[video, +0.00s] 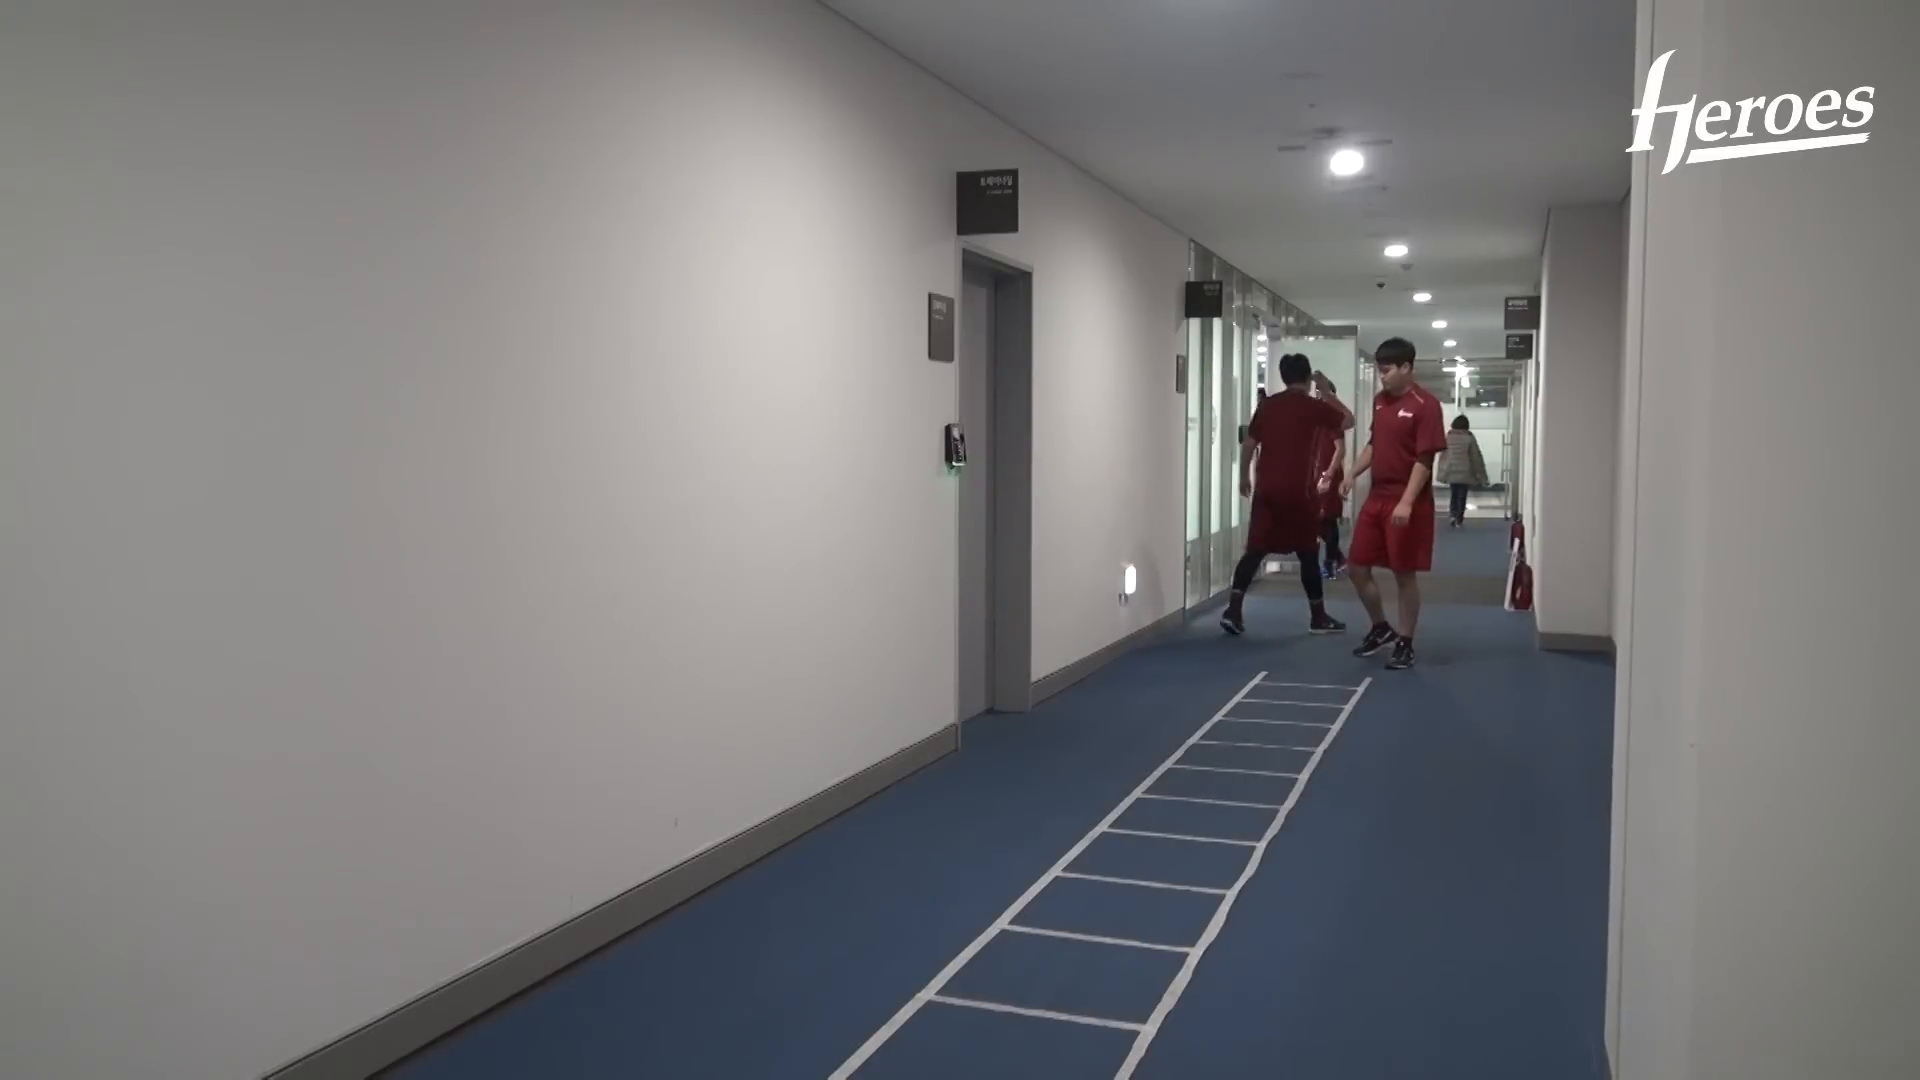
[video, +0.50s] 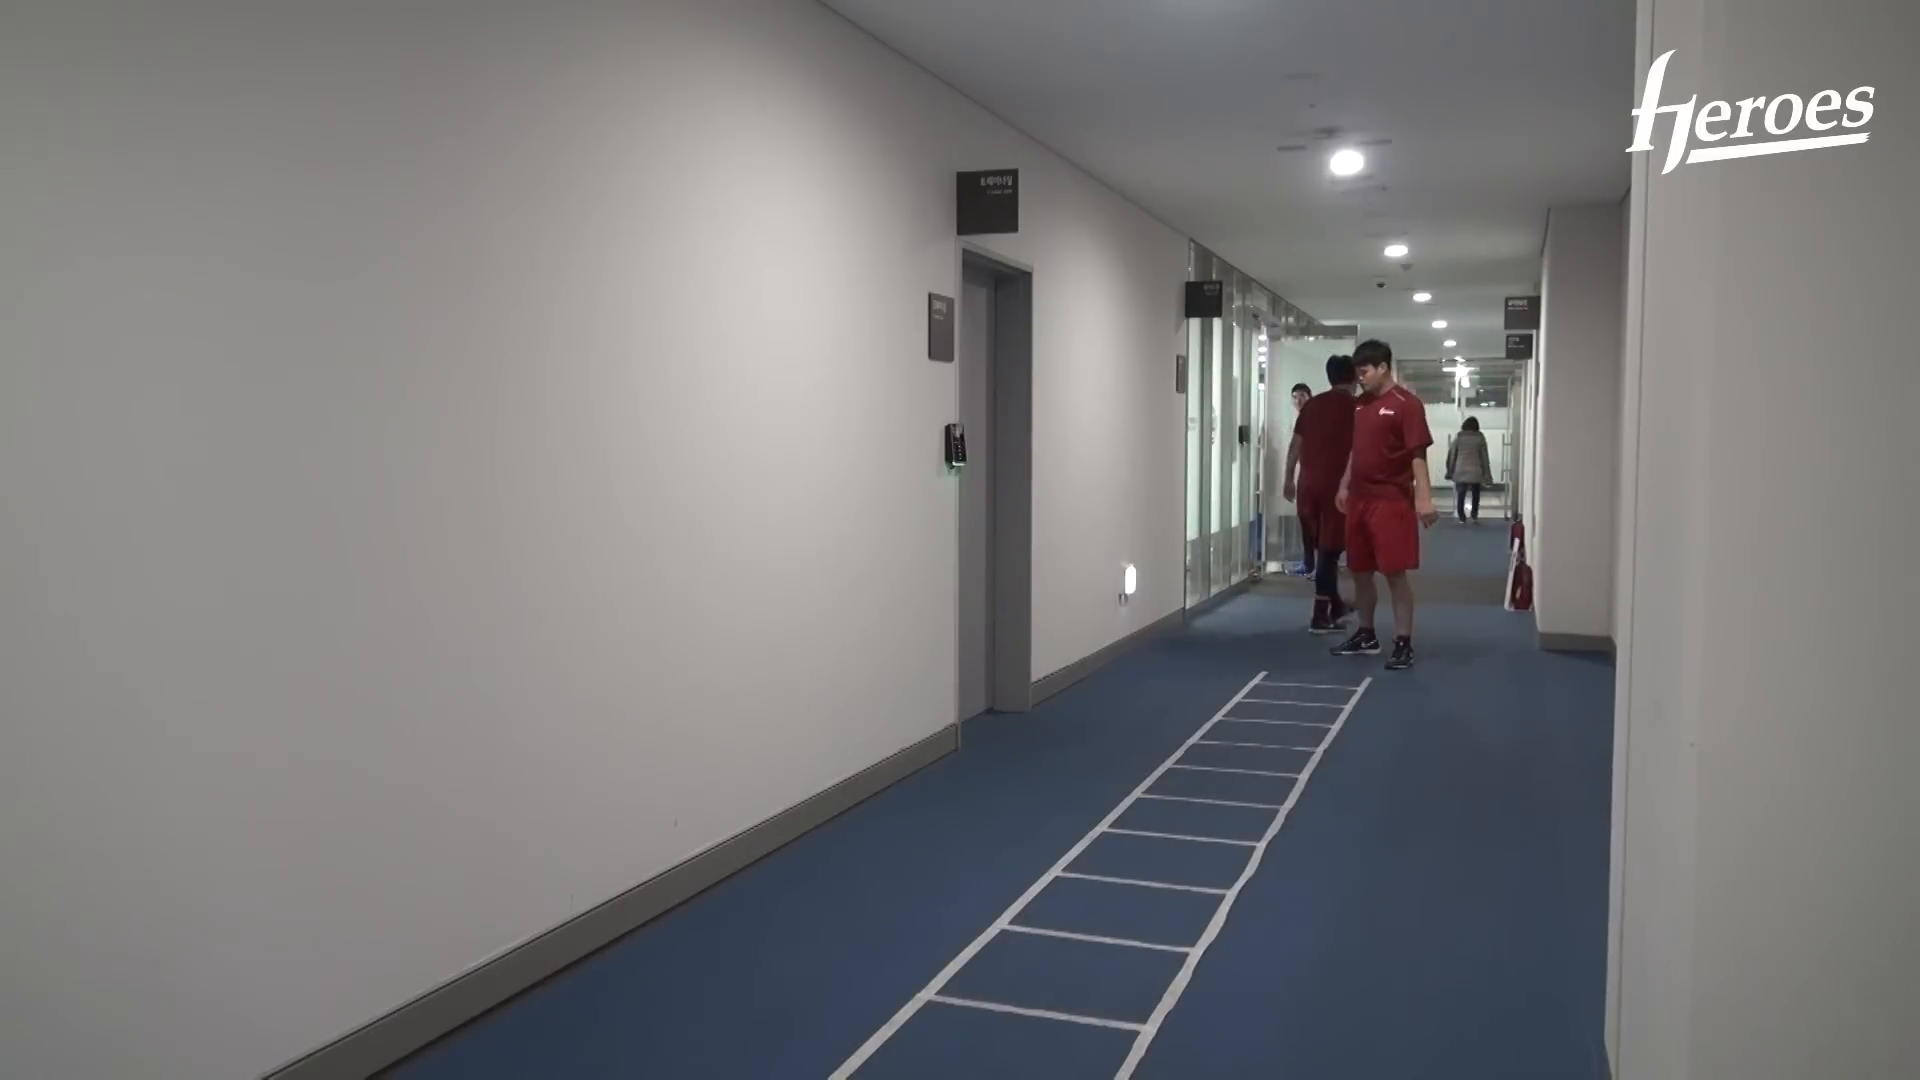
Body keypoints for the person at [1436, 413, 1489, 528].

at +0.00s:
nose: (1467, 426)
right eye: (1467, 424)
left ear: (1454, 424)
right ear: (1467, 425)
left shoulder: (1448, 438)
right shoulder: (1469, 438)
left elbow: (1443, 456)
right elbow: (1476, 459)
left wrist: (1440, 474)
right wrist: (1482, 477)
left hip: (1451, 470)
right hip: (1465, 470)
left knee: (1453, 494)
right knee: (1462, 496)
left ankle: (1453, 514)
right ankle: (1459, 518)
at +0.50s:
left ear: (1464, 425)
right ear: (1477, 426)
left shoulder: (1459, 437)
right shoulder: (1480, 438)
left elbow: (1452, 455)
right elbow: (1484, 458)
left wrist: (1449, 472)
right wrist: (1487, 475)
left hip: (1461, 469)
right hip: (1475, 469)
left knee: (1461, 494)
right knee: (1476, 495)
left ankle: (1461, 516)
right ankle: (1474, 515)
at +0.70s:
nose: (1482, 429)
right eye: (1482, 428)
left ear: (1470, 427)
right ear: (1481, 428)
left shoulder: (1465, 440)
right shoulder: (1484, 441)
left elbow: (1459, 455)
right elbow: (1490, 459)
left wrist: (1460, 467)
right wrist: (1492, 474)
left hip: (1467, 471)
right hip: (1481, 472)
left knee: (1466, 494)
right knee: (1483, 495)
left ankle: (1464, 514)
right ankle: (1483, 516)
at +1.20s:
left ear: (1475, 426)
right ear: (1487, 427)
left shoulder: (1470, 438)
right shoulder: (1490, 439)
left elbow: (1463, 456)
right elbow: (1495, 458)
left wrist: (1460, 473)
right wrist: (1496, 474)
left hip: (1473, 470)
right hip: (1486, 471)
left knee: (1477, 492)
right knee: (1488, 491)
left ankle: (1480, 513)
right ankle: (1485, 509)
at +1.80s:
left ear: (1464, 425)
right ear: (1478, 424)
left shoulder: (1461, 436)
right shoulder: (1480, 436)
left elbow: (1457, 451)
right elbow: (1486, 453)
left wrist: (1456, 461)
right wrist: (1488, 465)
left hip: (1465, 465)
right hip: (1479, 465)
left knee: (1465, 487)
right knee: (1478, 486)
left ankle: (1473, 505)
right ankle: (1479, 506)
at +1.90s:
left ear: (1464, 425)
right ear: (1475, 425)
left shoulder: (1460, 437)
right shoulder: (1477, 436)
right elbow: (1482, 453)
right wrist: (1482, 468)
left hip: (1462, 467)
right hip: (1476, 467)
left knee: (1459, 488)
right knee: (1477, 487)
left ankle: (1460, 507)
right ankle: (1479, 507)